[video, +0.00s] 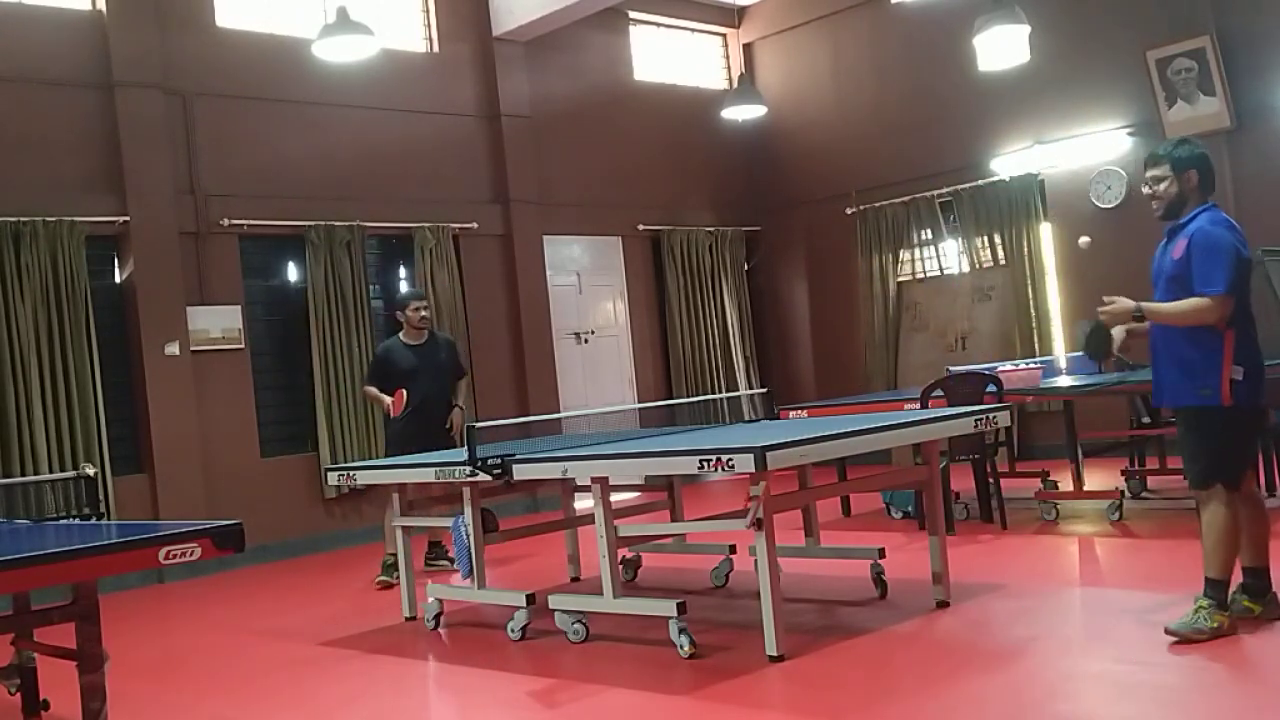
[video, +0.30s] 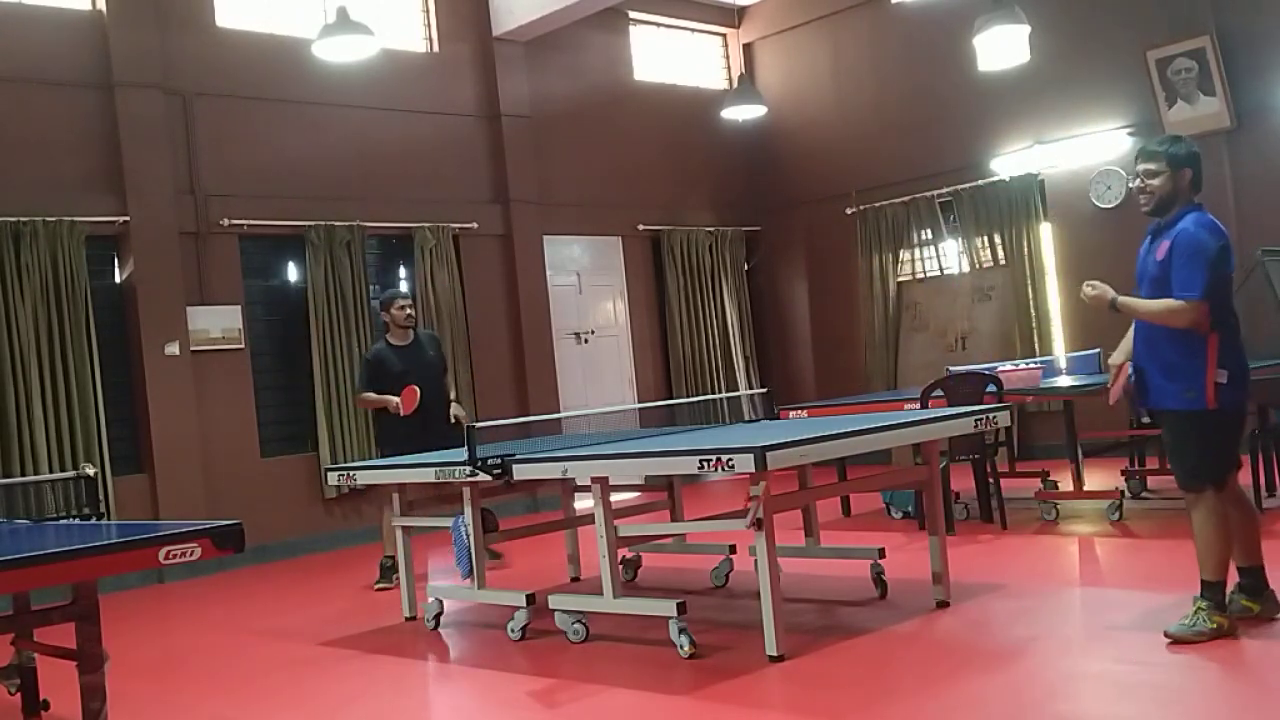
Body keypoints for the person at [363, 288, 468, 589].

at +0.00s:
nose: (423, 314)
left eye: (426, 309)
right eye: (417, 310)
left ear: (431, 312)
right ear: (402, 315)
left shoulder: (445, 344)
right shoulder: (387, 350)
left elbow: (459, 379)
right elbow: (369, 387)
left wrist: (458, 407)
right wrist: (383, 398)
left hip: (439, 435)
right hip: (402, 438)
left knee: (440, 494)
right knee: (398, 499)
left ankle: (435, 549)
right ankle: (391, 561)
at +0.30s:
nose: (409, 312)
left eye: (411, 307)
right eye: (401, 308)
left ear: (416, 311)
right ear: (386, 315)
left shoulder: (430, 341)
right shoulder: (376, 355)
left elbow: (445, 375)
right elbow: (362, 397)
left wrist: (452, 401)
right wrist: (386, 400)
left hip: (438, 435)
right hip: (398, 442)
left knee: (462, 490)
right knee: (394, 500)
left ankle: (477, 545)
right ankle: (389, 562)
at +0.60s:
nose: (430, 314)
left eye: (434, 308)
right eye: (423, 310)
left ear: (441, 312)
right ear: (415, 316)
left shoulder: (462, 343)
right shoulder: (401, 355)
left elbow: (482, 375)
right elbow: (390, 396)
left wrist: (484, 405)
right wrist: (408, 405)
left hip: (465, 436)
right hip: (421, 442)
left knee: (492, 489)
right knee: (404, 499)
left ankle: (506, 548)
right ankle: (391, 562)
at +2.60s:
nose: (444, 334)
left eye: (447, 329)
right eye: (437, 330)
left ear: (451, 332)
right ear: (421, 335)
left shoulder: (464, 364)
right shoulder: (406, 371)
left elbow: (480, 401)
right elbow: (399, 416)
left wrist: (479, 425)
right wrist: (423, 420)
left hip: (462, 452)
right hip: (418, 455)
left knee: (504, 483)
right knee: (393, 493)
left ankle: (508, 549)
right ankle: (393, 563)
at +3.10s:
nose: (440, 323)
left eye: (443, 319)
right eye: (433, 319)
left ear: (447, 323)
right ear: (419, 326)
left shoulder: (462, 356)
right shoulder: (404, 364)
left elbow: (477, 393)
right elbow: (398, 409)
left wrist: (478, 420)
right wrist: (420, 419)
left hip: (462, 447)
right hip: (418, 449)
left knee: (501, 482)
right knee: (396, 497)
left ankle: (507, 548)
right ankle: (392, 562)